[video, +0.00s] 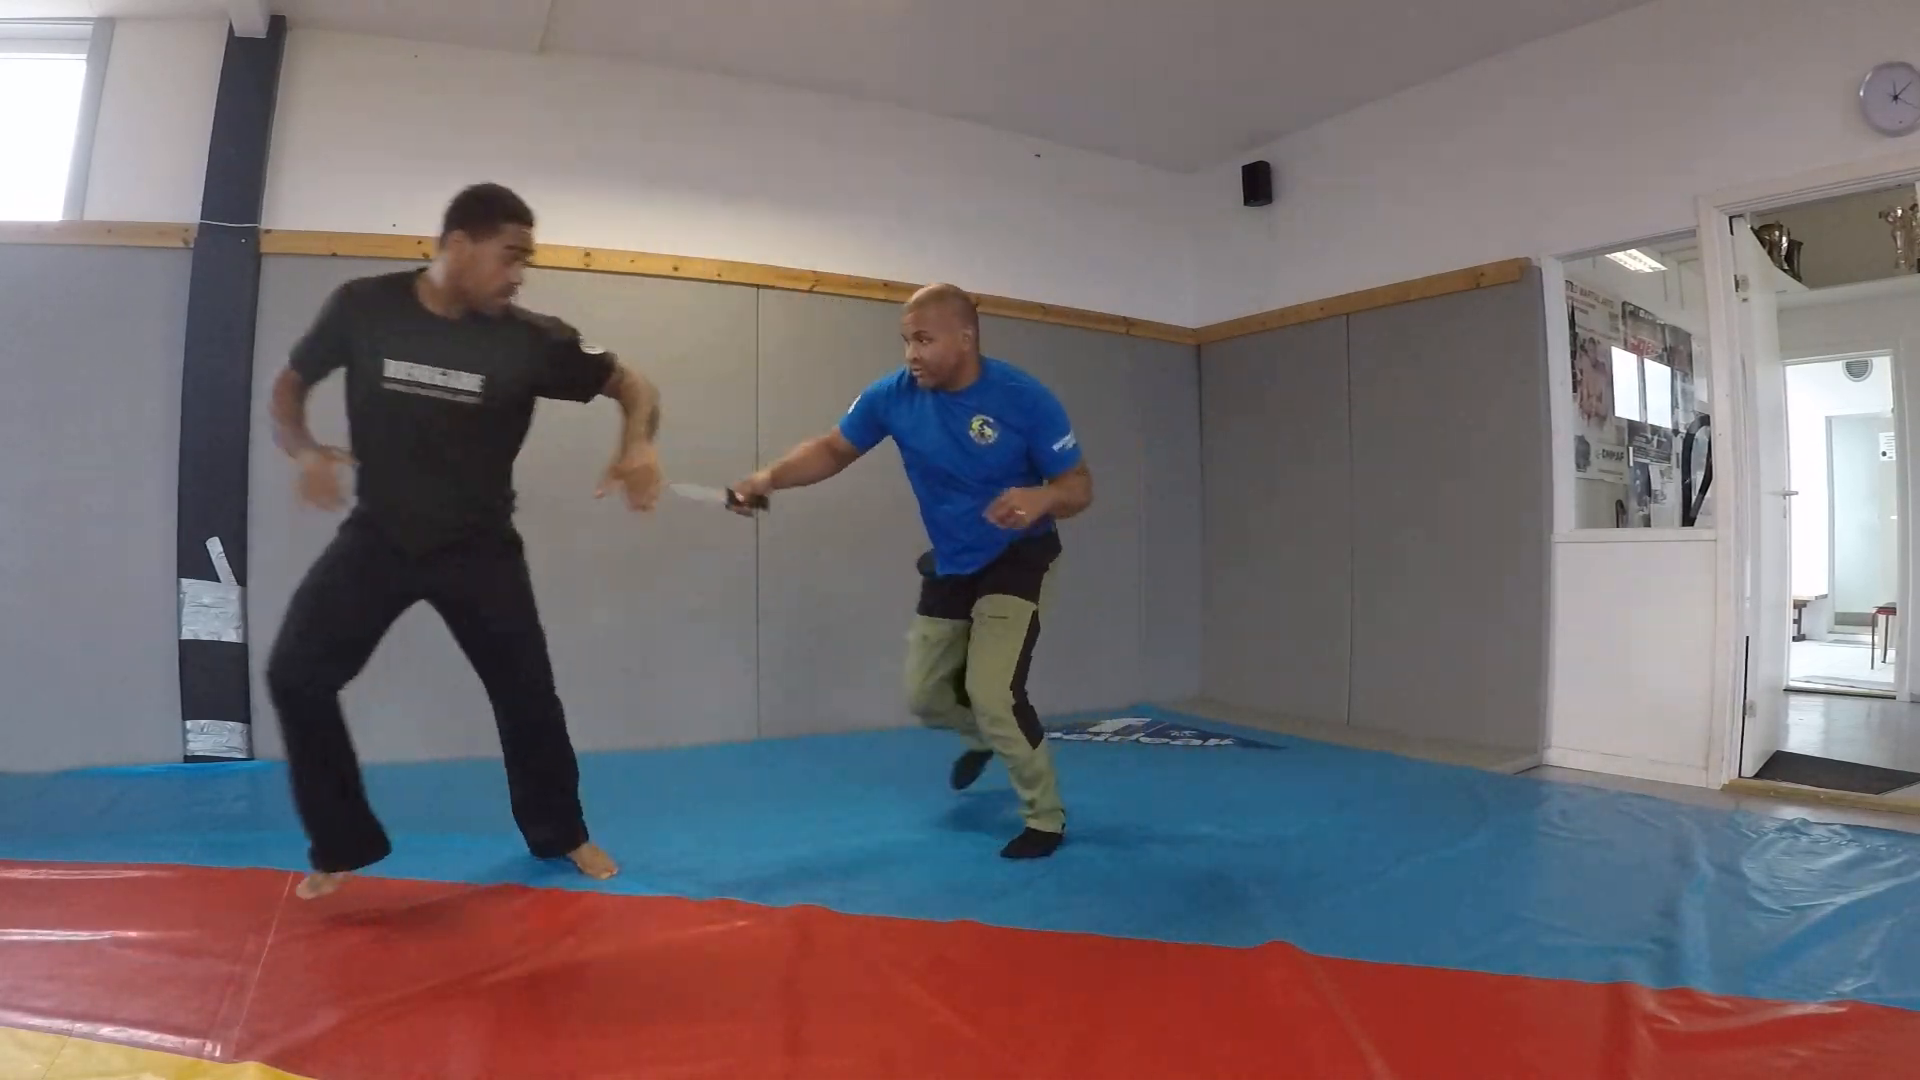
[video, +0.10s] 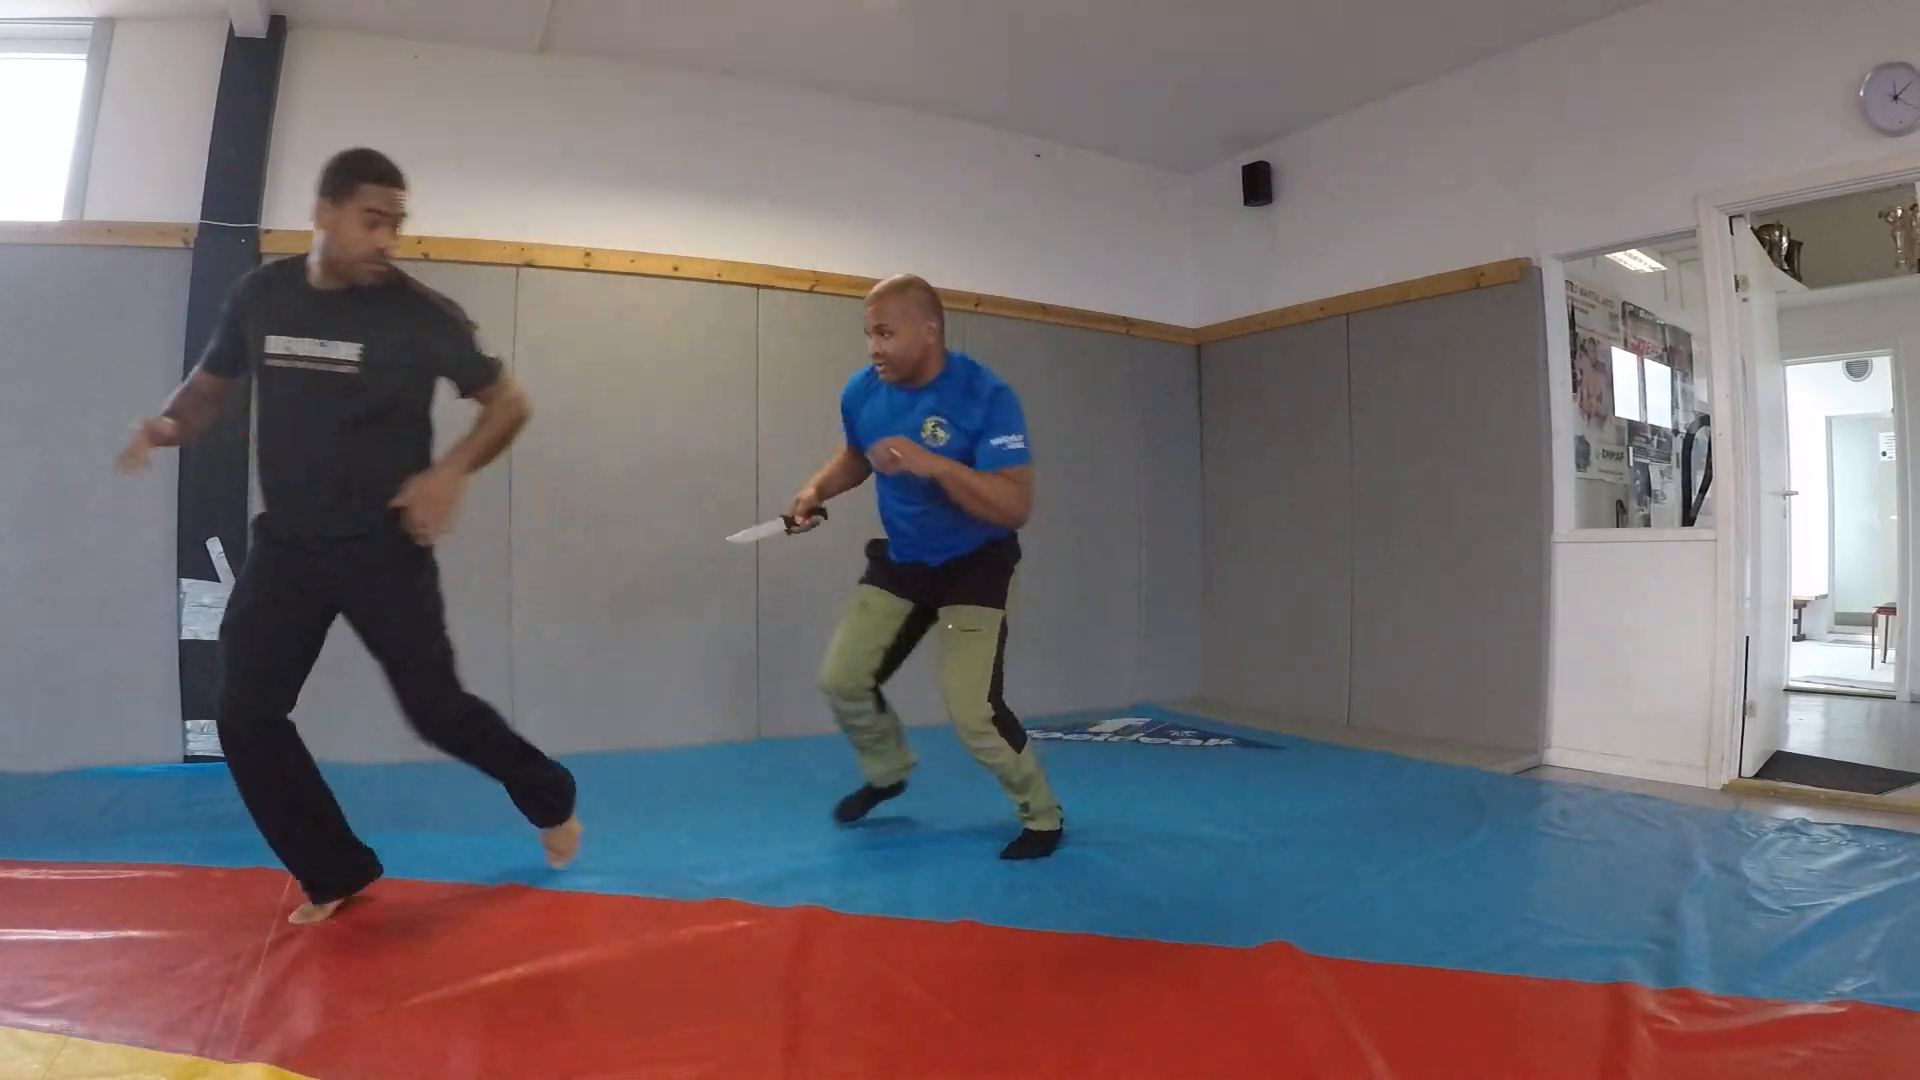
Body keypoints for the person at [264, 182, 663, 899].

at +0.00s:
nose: (519, 272)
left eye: (525, 258)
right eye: (509, 255)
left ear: (519, 260)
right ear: (454, 247)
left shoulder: (534, 344)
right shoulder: (362, 308)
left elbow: (634, 386)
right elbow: (289, 384)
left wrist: (637, 446)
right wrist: (303, 451)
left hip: (479, 548)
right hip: (380, 540)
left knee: (529, 693)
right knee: (296, 674)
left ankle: (562, 835)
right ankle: (342, 846)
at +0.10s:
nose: (388, 239)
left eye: (397, 223)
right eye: (374, 220)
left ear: (401, 227)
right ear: (325, 213)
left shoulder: (422, 317)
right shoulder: (264, 296)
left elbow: (510, 404)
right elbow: (209, 389)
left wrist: (451, 474)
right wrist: (168, 425)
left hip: (385, 548)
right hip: (288, 548)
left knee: (435, 711)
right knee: (246, 716)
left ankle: (549, 795)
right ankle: (337, 870)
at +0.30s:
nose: (88, 193)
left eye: (101, 176)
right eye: (69, 177)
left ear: (117, 181)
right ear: (35, 186)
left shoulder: (163, 268)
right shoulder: (21, 291)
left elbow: (283, 346)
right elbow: (10, 383)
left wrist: (194, 425)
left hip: (163, 519)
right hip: (113, 523)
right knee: (206, 713)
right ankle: (327, 853)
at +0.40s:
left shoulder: (22, 238)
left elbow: (128, 345)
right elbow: (126, 344)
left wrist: (19, 426)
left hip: (26, 499)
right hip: (18, 502)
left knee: (33, 712)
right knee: (33, 713)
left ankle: (222, 786)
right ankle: (220, 786)